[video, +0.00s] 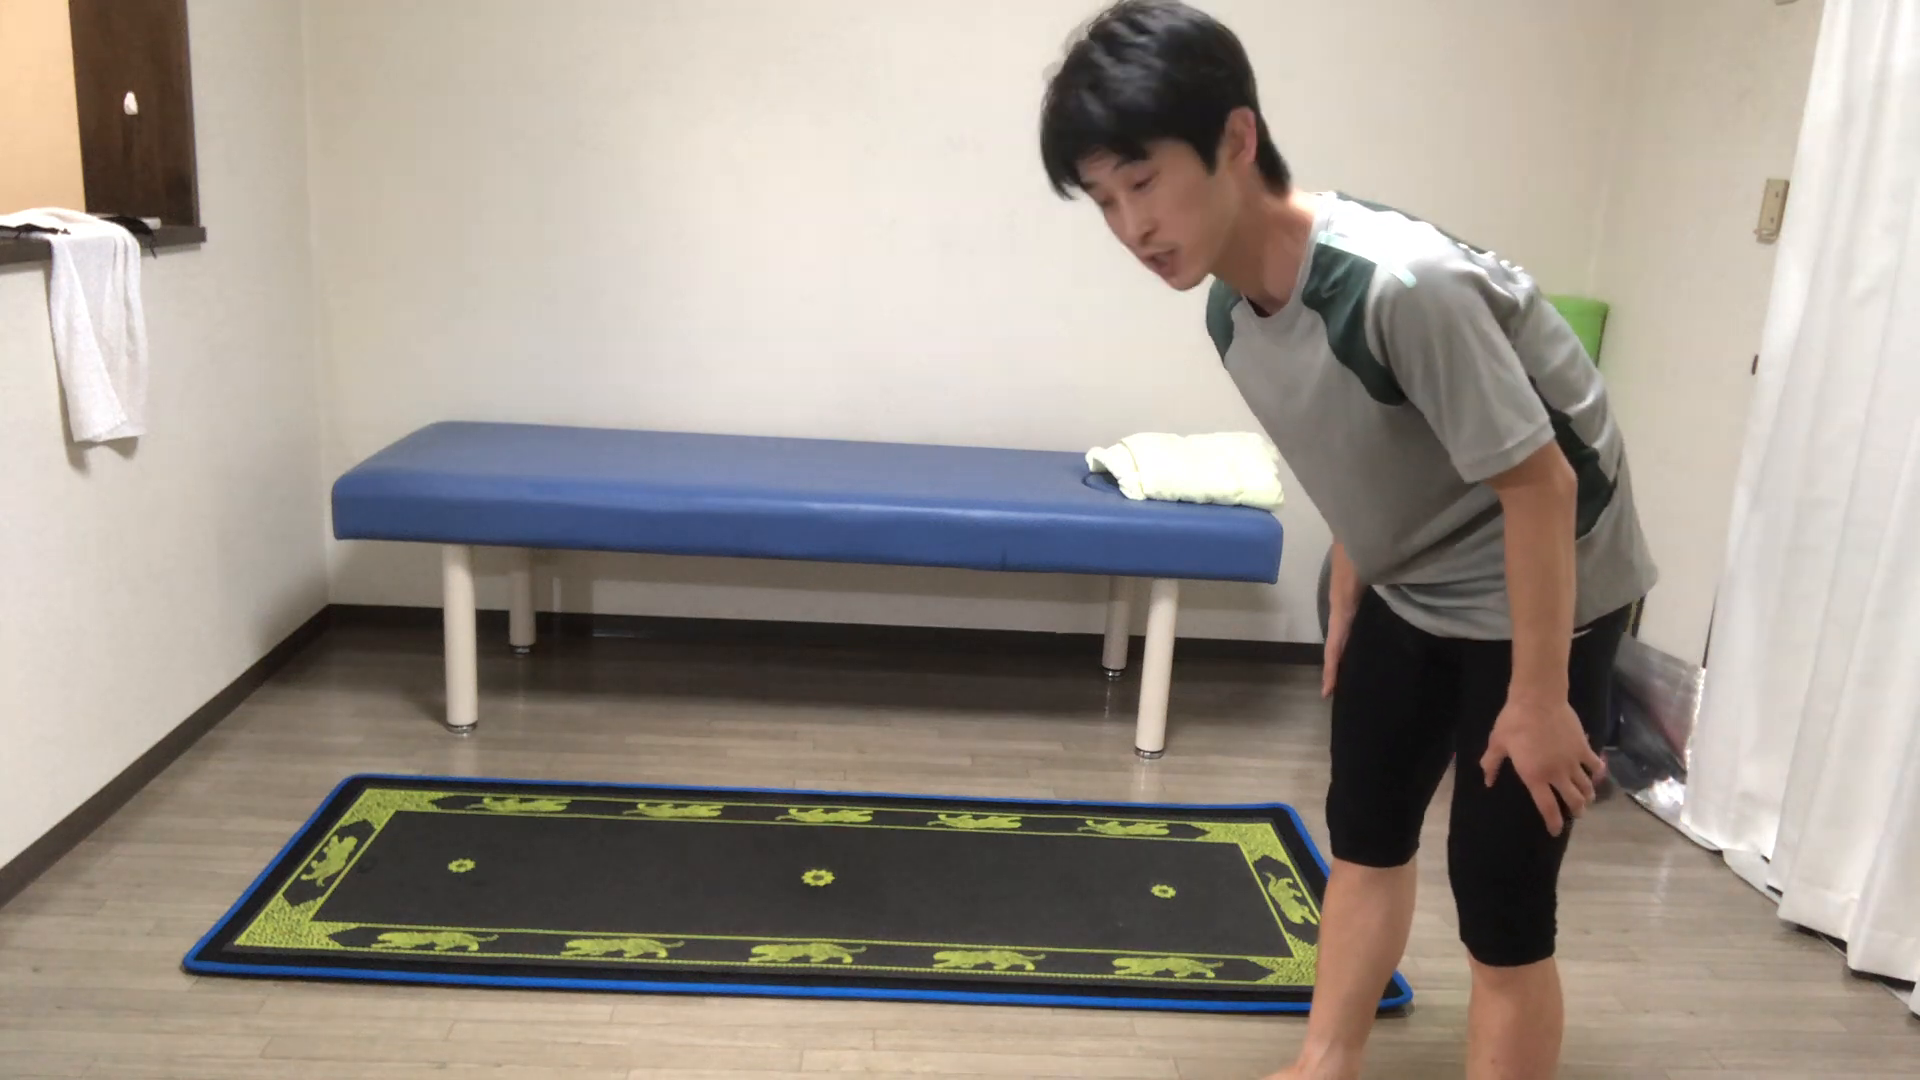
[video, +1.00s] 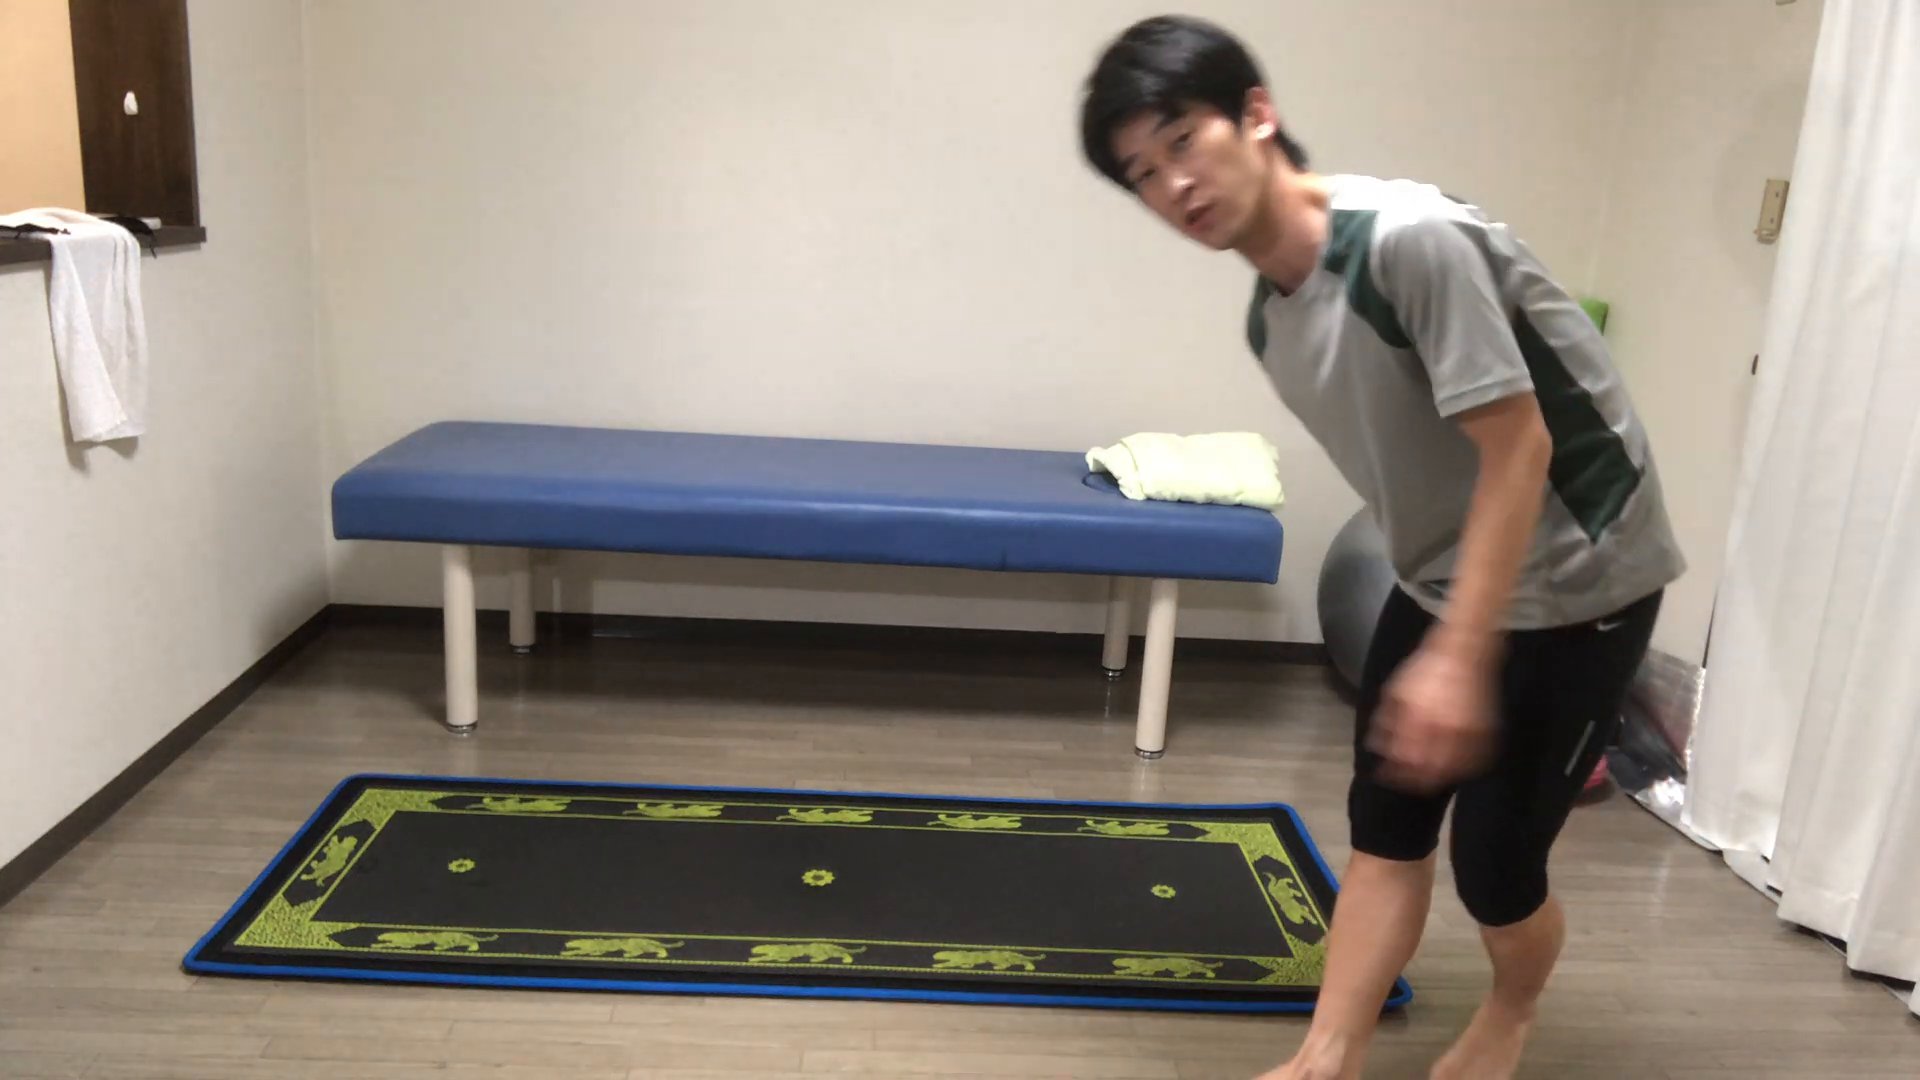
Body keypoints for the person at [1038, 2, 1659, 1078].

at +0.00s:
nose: (1130, 226)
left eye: (1143, 179)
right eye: (1103, 201)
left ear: (1237, 141)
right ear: (1091, 206)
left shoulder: (1409, 292)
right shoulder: (1230, 313)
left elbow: (1540, 484)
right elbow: (1369, 462)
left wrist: (1541, 693)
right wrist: (1347, 595)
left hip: (1542, 600)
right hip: (1401, 588)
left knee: (1503, 906)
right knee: (1366, 836)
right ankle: (1327, 1059)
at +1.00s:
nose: (1174, 185)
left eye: (1183, 142)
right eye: (1144, 177)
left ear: (1258, 118)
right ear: (1138, 204)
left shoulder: (1414, 242)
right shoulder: (1270, 323)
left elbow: (1520, 449)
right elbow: (1410, 469)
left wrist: (1458, 654)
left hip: (1581, 580)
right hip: (1443, 579)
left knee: (1493, 857)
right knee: (1386, 815)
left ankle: (1510, 1011)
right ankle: (1326, 1058)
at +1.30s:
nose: (1330, 113)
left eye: (1350, 70)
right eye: (1298, 96)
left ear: (1420, 59)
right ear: (1283, 121)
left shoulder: (1555, 208)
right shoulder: (1355, 278)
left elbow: (1629, 409)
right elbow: (1432, 441)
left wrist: (1450, 533)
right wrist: (1435, 570)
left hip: (1615, 583)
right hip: (1474, 577)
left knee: (1536, 830)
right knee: (1394, 799)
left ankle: (1508, 1033)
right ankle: (1332, 1044)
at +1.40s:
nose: (1374, 86)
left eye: (1396, 47)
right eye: (1343, 67)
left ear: (1462, 40)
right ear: (1325, 96)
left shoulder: (1596, 196)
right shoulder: (1380, 262)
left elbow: (1665, 404)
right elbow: (1437, 433)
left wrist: (1573, 581)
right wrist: (1451, 571)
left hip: (1623, 576)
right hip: (1477, 569)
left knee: (1542, 825)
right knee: (1383, 790)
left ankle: (1504, 1036)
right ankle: (1327, 1040)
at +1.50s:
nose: (1406, 59)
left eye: (1431, 22)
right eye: (1376, 38)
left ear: (1500, 25)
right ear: (1361, 63)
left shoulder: (1621, 191)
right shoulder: (1401, 234)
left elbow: (1689, 406)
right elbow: (1447, 412)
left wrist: (1710, 596)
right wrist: (1453, 548)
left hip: (1607, 578)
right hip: (1468, 561)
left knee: (1540, 819)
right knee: (1362, 775)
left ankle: (1504, 1034)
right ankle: (1317, 1031)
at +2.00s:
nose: (1402, 8)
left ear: (1494, 7)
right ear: (1370, 12)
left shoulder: (1574, 159)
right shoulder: (1362, 167)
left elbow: (1604, 375)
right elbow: (1364, 354)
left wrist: (1566, 556)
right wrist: (1345, 505)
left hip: (1513, 538)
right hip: (1386, 523)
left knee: (1506, 789)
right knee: (1314, 735)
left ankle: (1504, 1021)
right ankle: (1290, 956)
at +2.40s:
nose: (1233, 11)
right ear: (1201, 12)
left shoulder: (1408, 126)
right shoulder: (1229, 163)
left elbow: (1471, 328)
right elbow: (1239, 343)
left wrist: (1394, 499)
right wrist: (1199, 493)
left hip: (1370, 528)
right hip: (1257, 520)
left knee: (1332, 778)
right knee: (1268, 752)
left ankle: (1447, 978)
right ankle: (1287, 955)